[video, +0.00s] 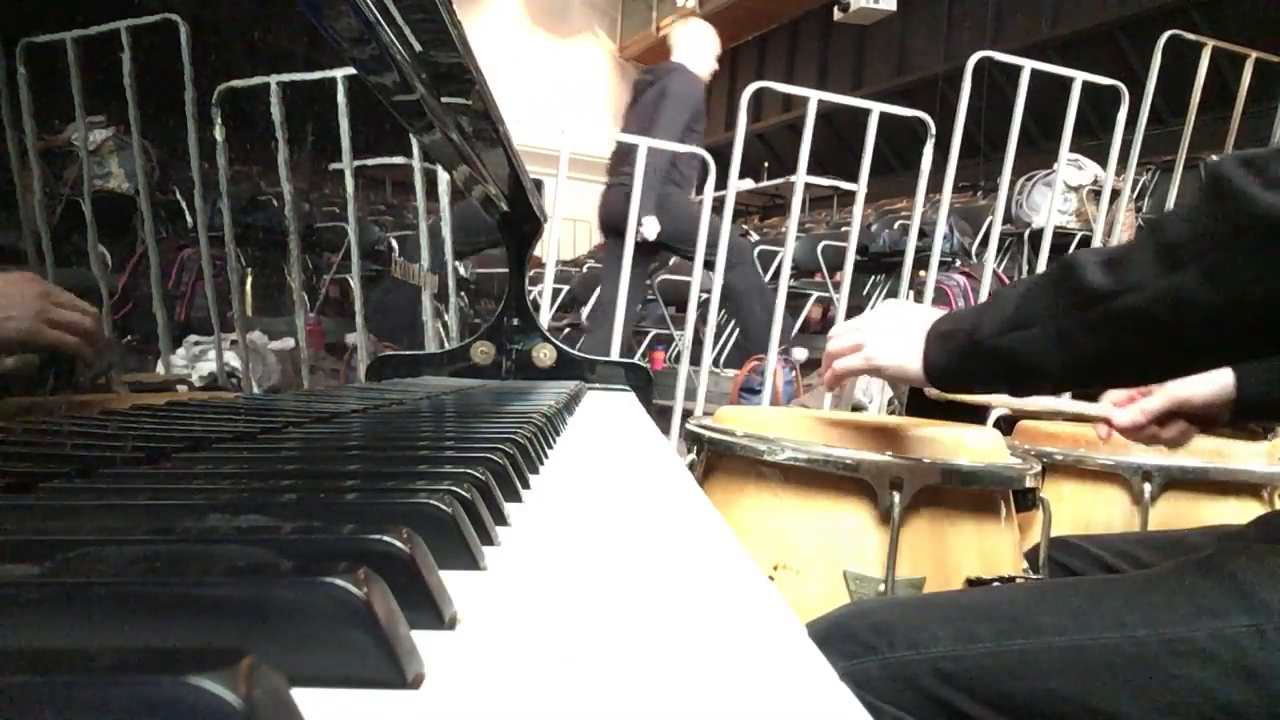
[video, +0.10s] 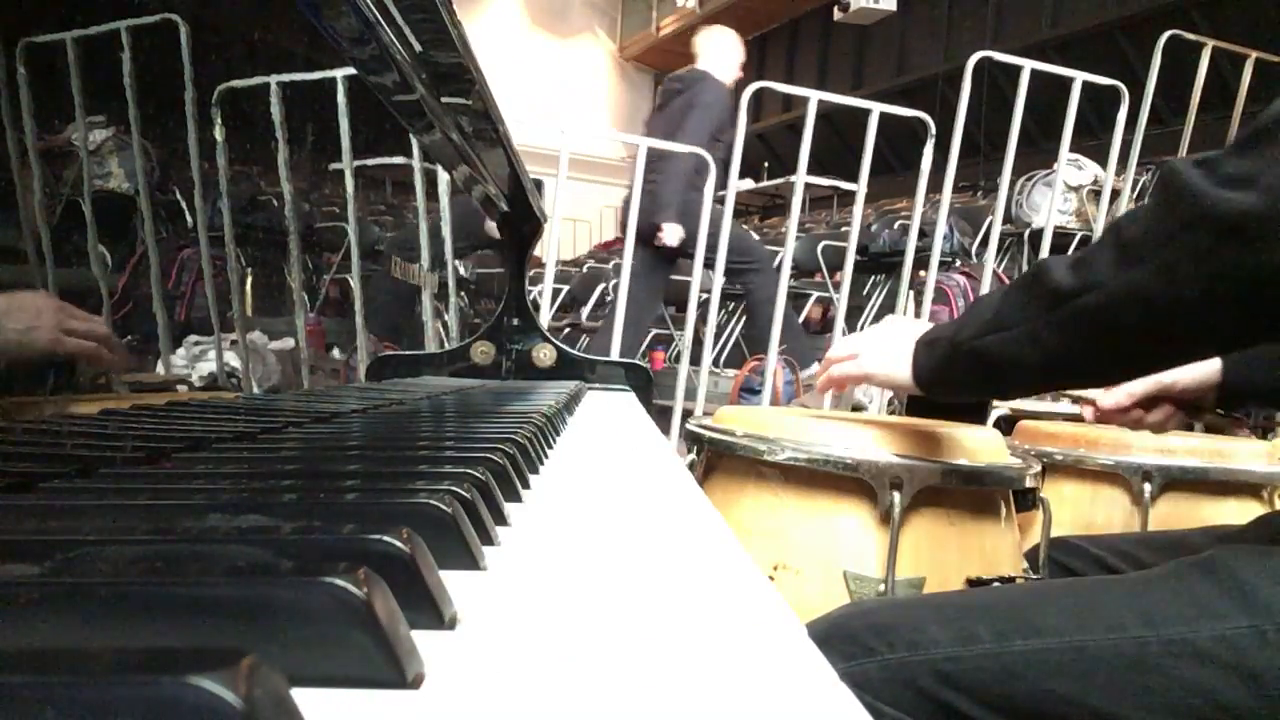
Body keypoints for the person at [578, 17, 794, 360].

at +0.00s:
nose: (716, 65)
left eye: (717, 57)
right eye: (714, 56)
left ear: (676, 49)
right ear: (699, 51)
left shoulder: (651, 84)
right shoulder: (685, 82)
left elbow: (634, 149)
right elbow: (658, 147)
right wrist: (645, 208)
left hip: (617, 198)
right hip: (653, 199)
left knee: (617, 302)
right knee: (734, 253)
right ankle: (770, 351)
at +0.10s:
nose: (739, 73)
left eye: (740, 66)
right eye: (738, 65)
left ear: (702, 56)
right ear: (725, 60)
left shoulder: (675, 91)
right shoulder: (712, 91)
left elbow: (653, 155)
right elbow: (682, 154)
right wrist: (668, 215)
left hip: (647, 211)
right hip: (682, 209)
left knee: (636, 307)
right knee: (757, 264)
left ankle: (598, 383)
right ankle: (793, 358)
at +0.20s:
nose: (772, 71)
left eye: (772, 63)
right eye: (771, 62)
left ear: (732, 59)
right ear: (761, 62)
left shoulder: (704, 94)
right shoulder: (747, 94)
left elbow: (685, 157)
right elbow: (725, 154)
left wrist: (737, 196)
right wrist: (714, 224)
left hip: (666, 208)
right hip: (703, 207)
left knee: (643, 307)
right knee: (781, 265)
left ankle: (600, 387)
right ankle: (793, 373)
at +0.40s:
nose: (828, 52)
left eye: (829, 43)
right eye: (827, 42)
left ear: (791, 34)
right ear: (815, 38)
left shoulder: (762, 71)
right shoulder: (790, 72)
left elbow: (750, 138)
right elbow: (771, 135)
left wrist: (794, 190)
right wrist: (789, 197)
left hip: (724, 190)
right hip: (750, 190)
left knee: (708, 287)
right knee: (808, 267)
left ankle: (637, 364)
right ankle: (795, 362)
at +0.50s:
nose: (843, 37)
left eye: (844, 29)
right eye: (841, 27)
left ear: (807, 21)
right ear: (823, 22)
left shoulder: (781, 57)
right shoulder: (809, 60)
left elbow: (763, 127)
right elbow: (803, 133)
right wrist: (822, 195)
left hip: (745, 173)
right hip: (773, 174)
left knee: (757, 278)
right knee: (811, 266)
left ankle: (678, 331)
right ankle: (792, 368)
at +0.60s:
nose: (855, 26)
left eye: (856, 18)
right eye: (854, 16)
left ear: (821, 11)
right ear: (841, 11)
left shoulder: (794, 48)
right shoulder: (823, 46)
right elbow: (830, 122)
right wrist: (857, 184)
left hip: (762, 164)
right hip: (789, 163)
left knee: (797, 262)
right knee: (812, 265)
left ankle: (731, 304)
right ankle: (798, 363)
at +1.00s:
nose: (924, 29)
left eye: (922, 21)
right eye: (921, 21)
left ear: (884, 23)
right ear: (908, 22)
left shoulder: (849, 64)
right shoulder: (907, 61)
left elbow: (808, 127)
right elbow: (932, 124)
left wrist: (793, 179)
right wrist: (949, 172)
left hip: (826, 172)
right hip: (857, 176)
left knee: (927, 231)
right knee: (827, 266)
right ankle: (795, 358)